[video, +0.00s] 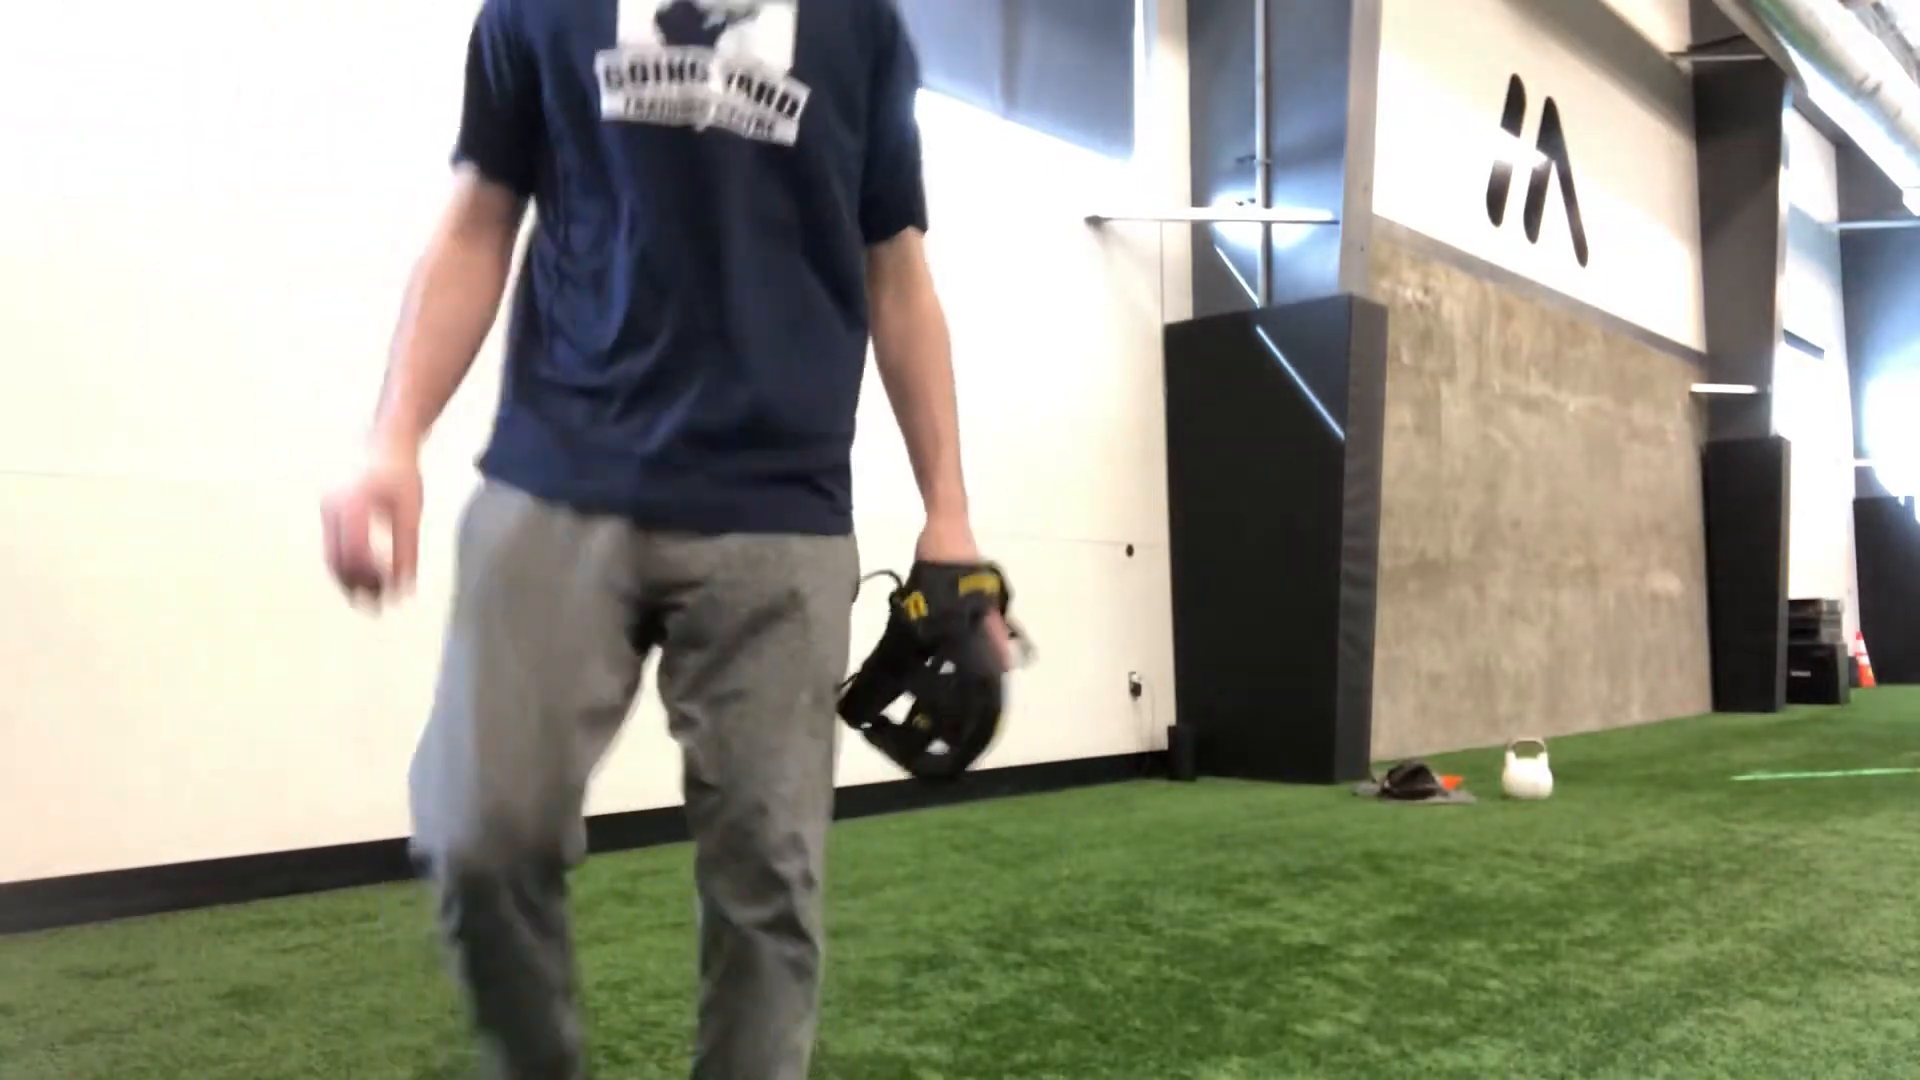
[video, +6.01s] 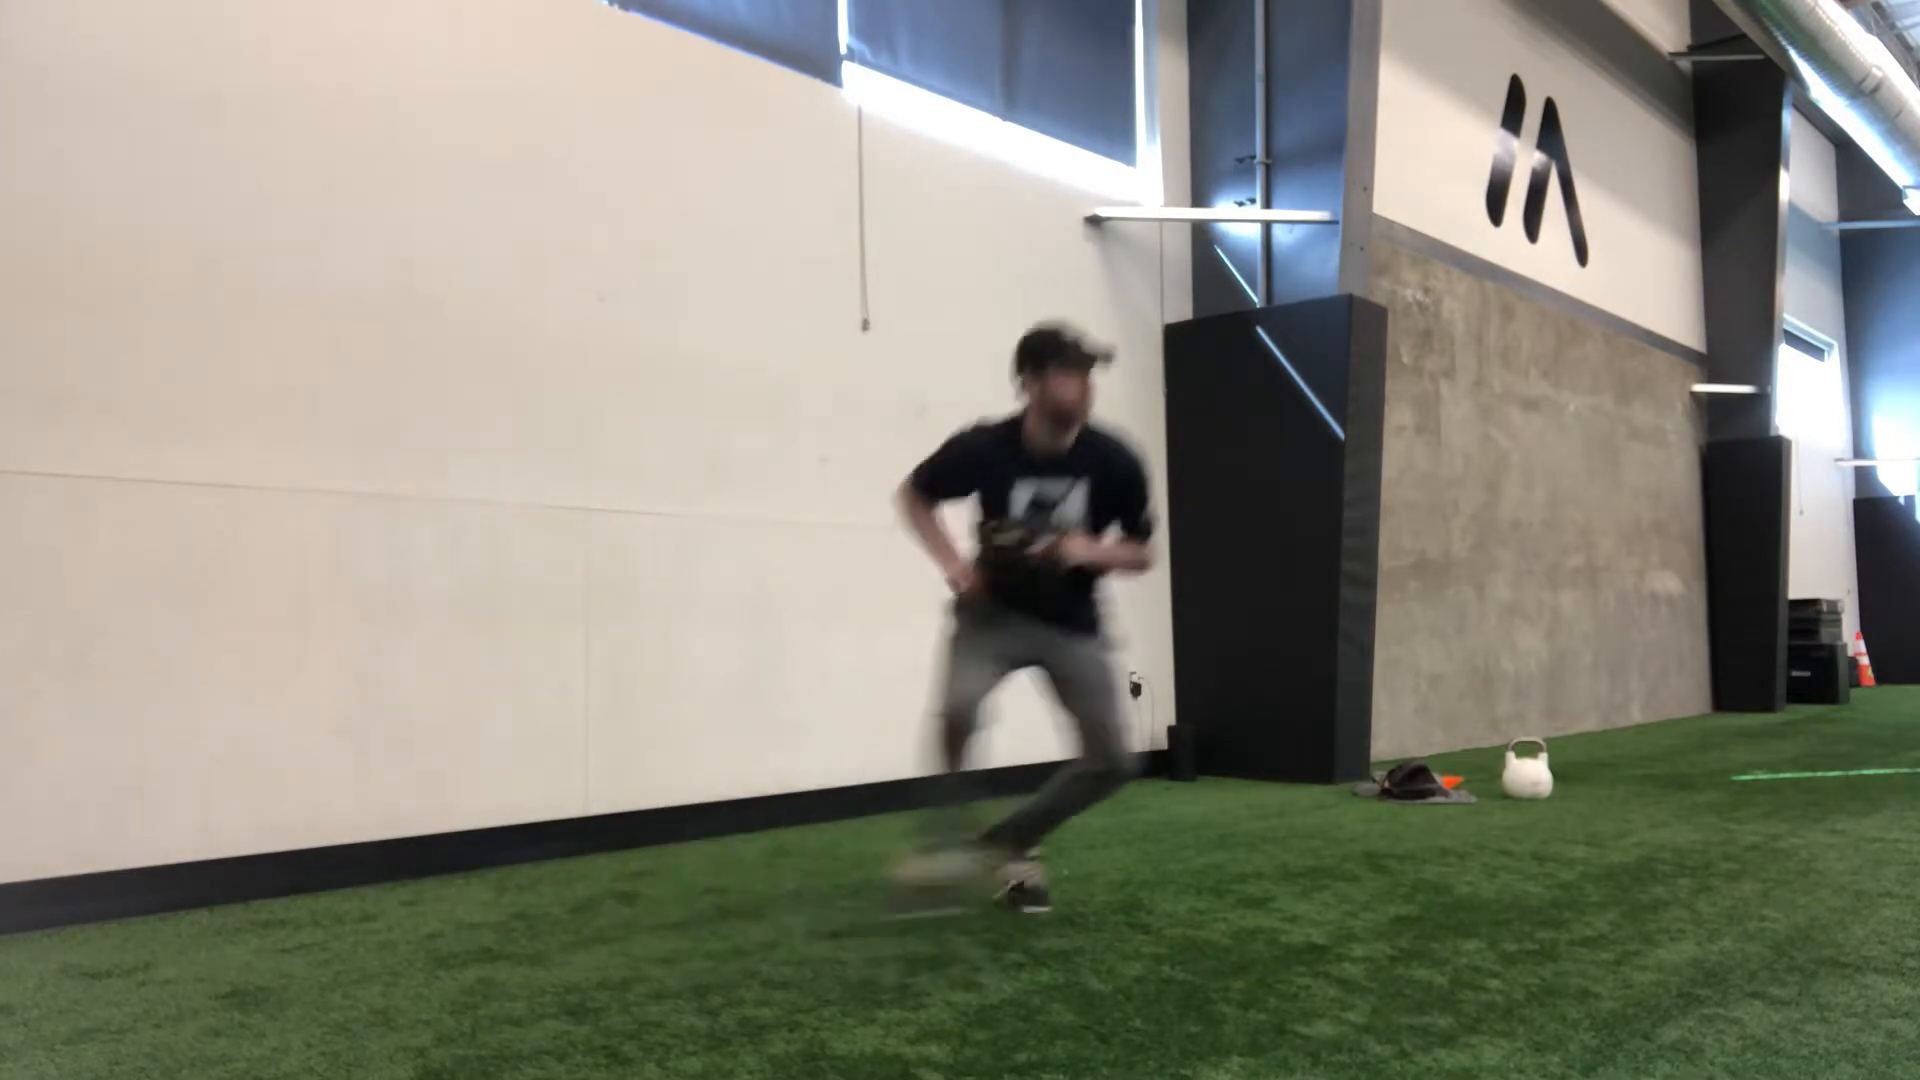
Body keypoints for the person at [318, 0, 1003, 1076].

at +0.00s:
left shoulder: (858, 20)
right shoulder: (533, 12)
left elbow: (897, 273)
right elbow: (475, 229)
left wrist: (948, 519)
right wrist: (395, 443)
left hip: (778, 505)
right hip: (554, 491)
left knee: (769, 878)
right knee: (480, 844)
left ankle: (753, 1071)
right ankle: (542, 1067)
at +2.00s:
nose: (708, 316)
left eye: (708, 305)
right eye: (702, 303)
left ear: (673, 299)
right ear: (666, 295)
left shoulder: (701, 385)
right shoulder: (602, 368)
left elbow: (748, 476)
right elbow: (595, 459)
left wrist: (809, 556)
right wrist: (614, 509)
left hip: (682, 582)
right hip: (616, 580)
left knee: (671, 723)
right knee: (630, 716)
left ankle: (666, 861)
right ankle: (633, 871)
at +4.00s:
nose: (625, 385)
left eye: (628, 375)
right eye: (612, 376)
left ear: (634, 383)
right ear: (581, 383)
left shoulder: (637, 448)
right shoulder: (535, 438)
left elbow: (624, 505)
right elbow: (452, 476)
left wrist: (622, 544)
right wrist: (495, 548)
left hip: (580, 598)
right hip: (514, 600)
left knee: (612, 702)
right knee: (508, 716)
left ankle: (583, 824)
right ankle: (482, 849)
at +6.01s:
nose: (1083, 388)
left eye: (1086, 376)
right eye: (1070, 377)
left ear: (1090, 381)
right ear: (1033, 382)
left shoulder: (1112, 462)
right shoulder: (987, 447)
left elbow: (1141, 551)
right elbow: (912, 495)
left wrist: (1091, 552)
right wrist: (953, 565)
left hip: (1071, 628)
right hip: (992, 618)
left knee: (1111, 759)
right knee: (958, 713)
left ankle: (1004, 846)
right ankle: (944, 836)